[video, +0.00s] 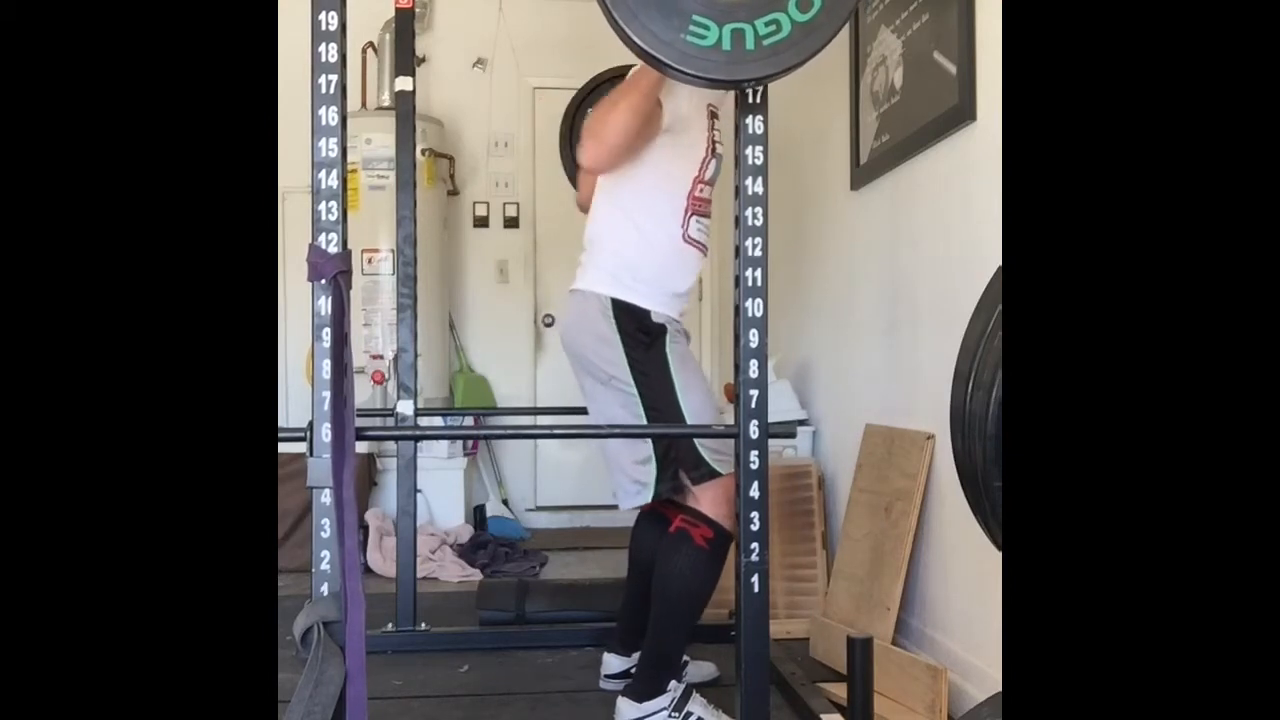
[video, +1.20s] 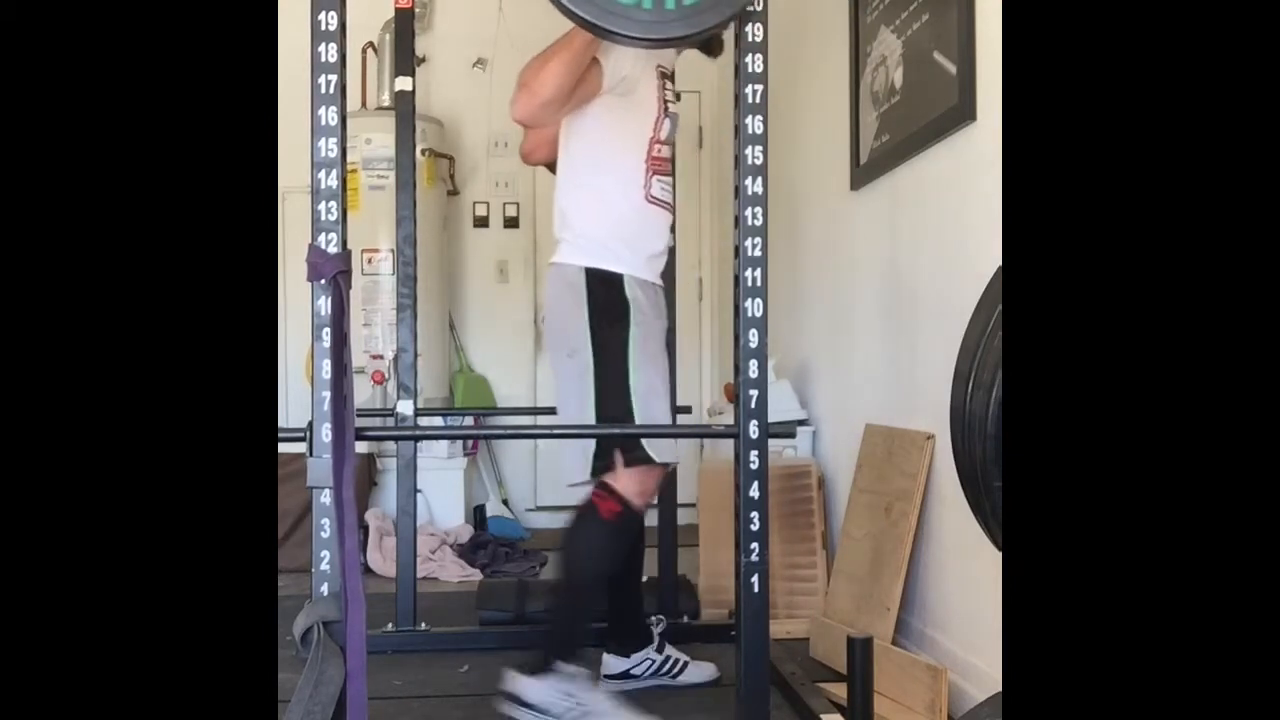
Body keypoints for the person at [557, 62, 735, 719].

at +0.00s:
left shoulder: (701, 102)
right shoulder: (648, 83)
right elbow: (593, 154)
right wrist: (660, 55)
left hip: (642, 315)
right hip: (619, 314)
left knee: (677, 490)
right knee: (715, 492)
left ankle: (630, 653)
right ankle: (652, 692)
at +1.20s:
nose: (700, 27)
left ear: (656, 4)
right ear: (655, 2)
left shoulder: (645, 57)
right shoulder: (611, 40)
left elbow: (535, 148)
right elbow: (528, 106)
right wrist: (596, 20)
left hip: (630, 278)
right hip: (599, 278)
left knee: (633, 472)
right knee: (630, 472)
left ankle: (630, 650)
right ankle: (542, 670)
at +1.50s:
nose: (691, 28)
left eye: (691, 21)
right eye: (686, 18)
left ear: (645, 15)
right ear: (650, 8)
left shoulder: (605, 67)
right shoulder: (569, 42)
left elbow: (493, 148)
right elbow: (462, 99)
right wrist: (544, 17)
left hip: (590, 297)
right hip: (543, 292)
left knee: (623, 474)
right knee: (520, 489)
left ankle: (631, 648)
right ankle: (452, 694)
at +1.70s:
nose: (664, 9)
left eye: (665, 4)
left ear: (629, 5)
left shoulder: (579, 54)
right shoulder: (538, 22)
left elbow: (453, 135)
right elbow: (423, 79)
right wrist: (493, 3)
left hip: (550, 288)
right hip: (501, 283)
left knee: (584, 454)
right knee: (480, 485)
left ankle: (553, 621)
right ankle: (448, 697)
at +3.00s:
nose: (595, 4)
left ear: (568, 9)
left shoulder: (535, 70)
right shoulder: (482, 37)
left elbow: (414, 145)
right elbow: (371, 99)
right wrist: (433, 16)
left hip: (503, 292)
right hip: (456, 286)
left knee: (481, 482)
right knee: (452, 487)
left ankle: (475, 649)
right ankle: (444, 696)